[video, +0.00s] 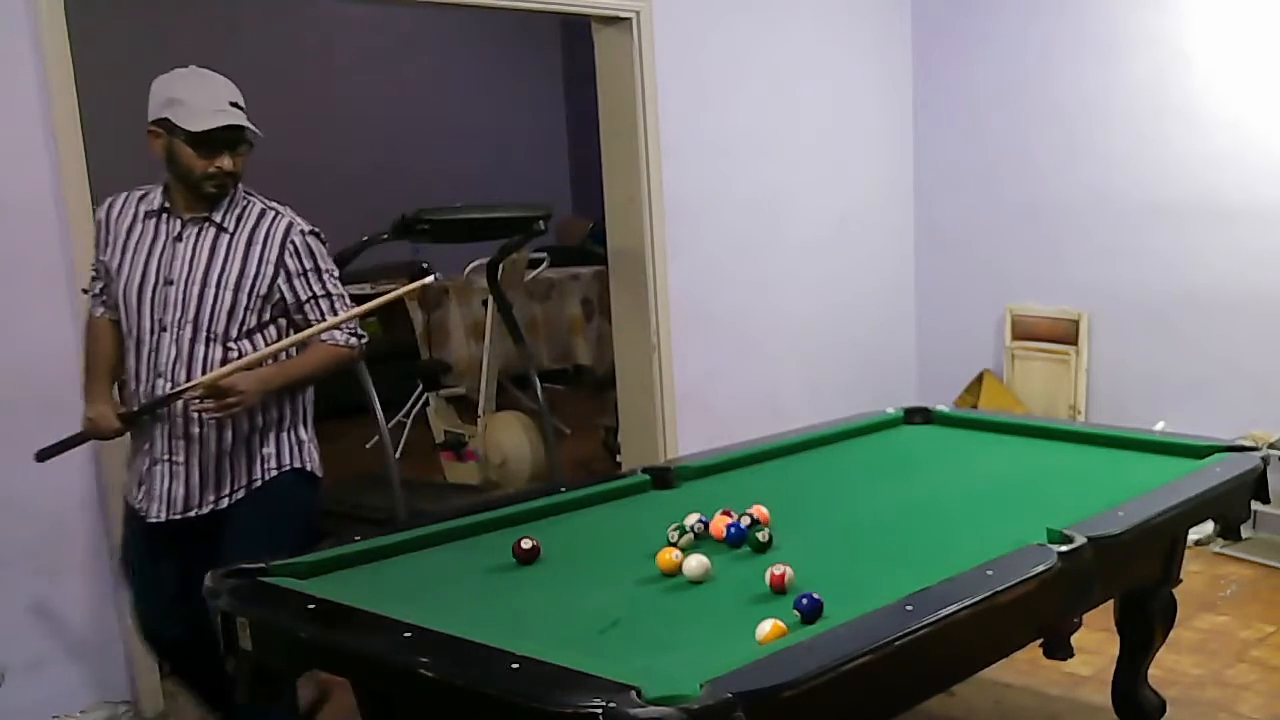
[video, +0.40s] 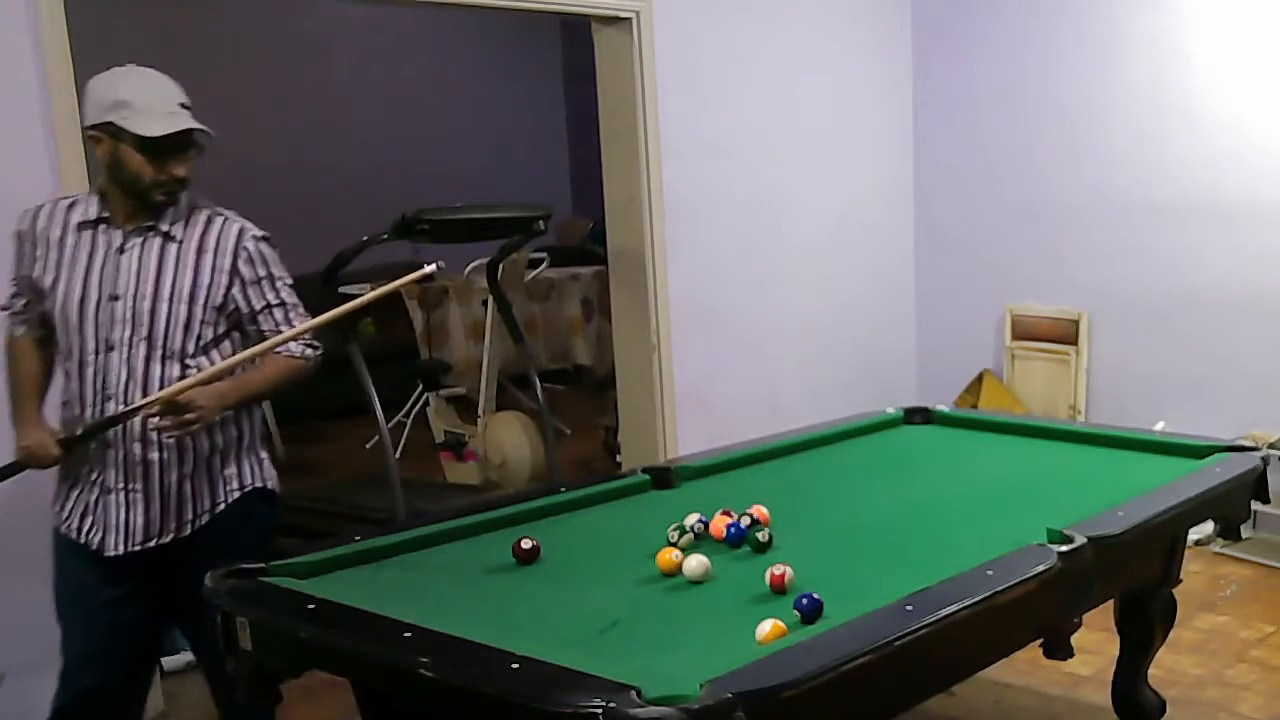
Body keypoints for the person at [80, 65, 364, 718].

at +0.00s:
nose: (225, 163)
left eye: (237, 146)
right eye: (206, 146)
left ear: (251, 142)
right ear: (160, 139)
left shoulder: (283, 234)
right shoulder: (120, 217)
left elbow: (345, 339)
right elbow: (106, 306)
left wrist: (266, 380)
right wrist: (100, 394)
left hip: (264, 470)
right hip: (164, 477)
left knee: (259, 627)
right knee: (168, 629)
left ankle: (280, 712)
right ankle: (254, 709)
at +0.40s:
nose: (179, 168)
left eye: (186, 150)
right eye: (159, 150)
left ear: (198, 147)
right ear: (101, 144)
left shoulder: (231, 239)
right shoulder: (45, 231)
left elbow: (300, 347)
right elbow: (27, 323)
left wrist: (221, 395)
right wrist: (28, 421)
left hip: (220, 514)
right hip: (97, 522)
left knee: (248, 695)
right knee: (92, 698)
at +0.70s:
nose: (89, 167)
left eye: (93, 148)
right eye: (67, 149)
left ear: (102, 145)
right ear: (7, 144)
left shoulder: (141, 243)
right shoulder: (1, 244)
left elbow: (217, 349)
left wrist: (156, 406)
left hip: (149, 541)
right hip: (23, 563)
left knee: (211, 701)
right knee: (34, 709)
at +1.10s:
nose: (15, 156)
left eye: (17, 138)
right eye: (4, 139)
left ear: (22, 142)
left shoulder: (61, 234)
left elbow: (133, 344)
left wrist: (98, 408)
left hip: (87, 525)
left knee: (117, 698)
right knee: (16, 705)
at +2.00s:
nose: (115, 171)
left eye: (116, 149)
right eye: (96, 149)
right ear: (19, 142)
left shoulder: (132, 262)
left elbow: (172, 388)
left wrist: (164, 446)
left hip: (118, 616)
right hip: (9, 625)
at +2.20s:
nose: (129, 180)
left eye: (129, 156)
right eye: (110, 156)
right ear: (31, 151)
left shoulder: (137, 267)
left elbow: (174, 384)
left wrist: (176, 450)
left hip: (130, 629)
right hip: (15, 648)